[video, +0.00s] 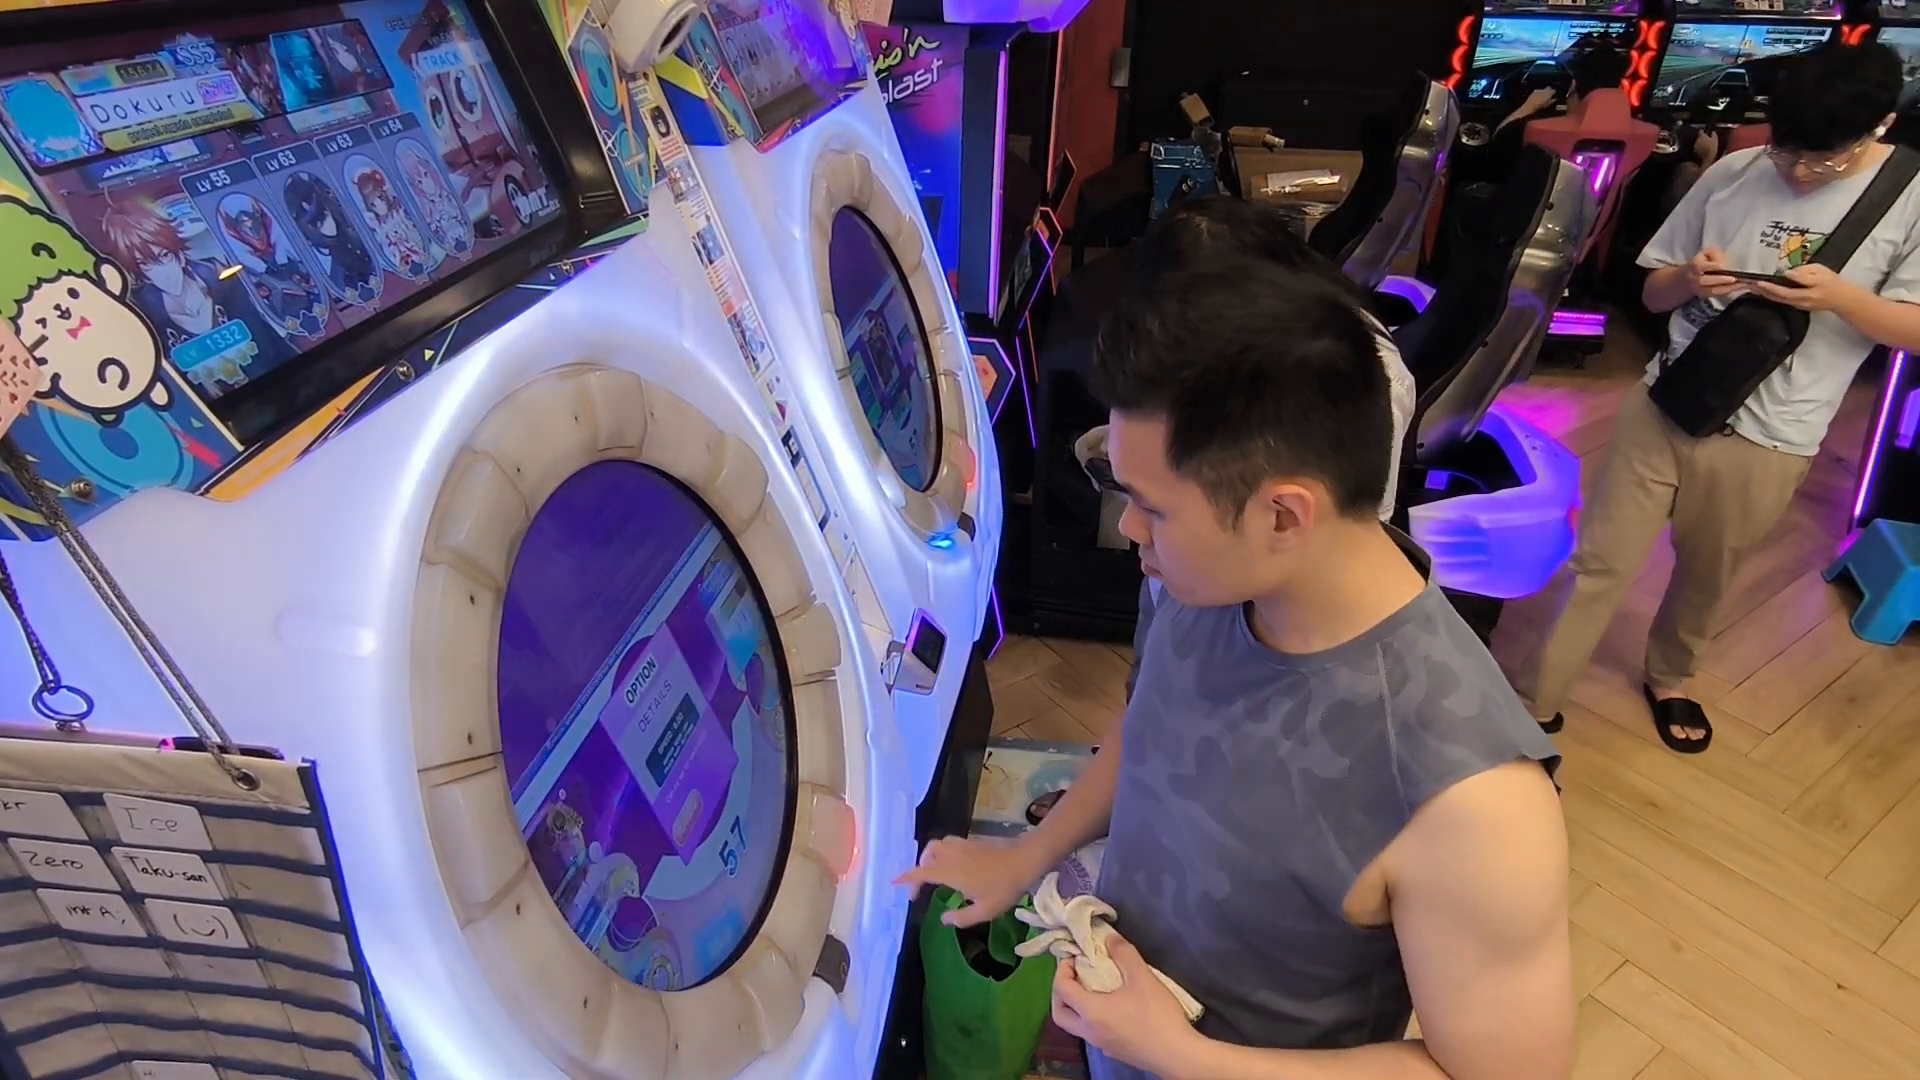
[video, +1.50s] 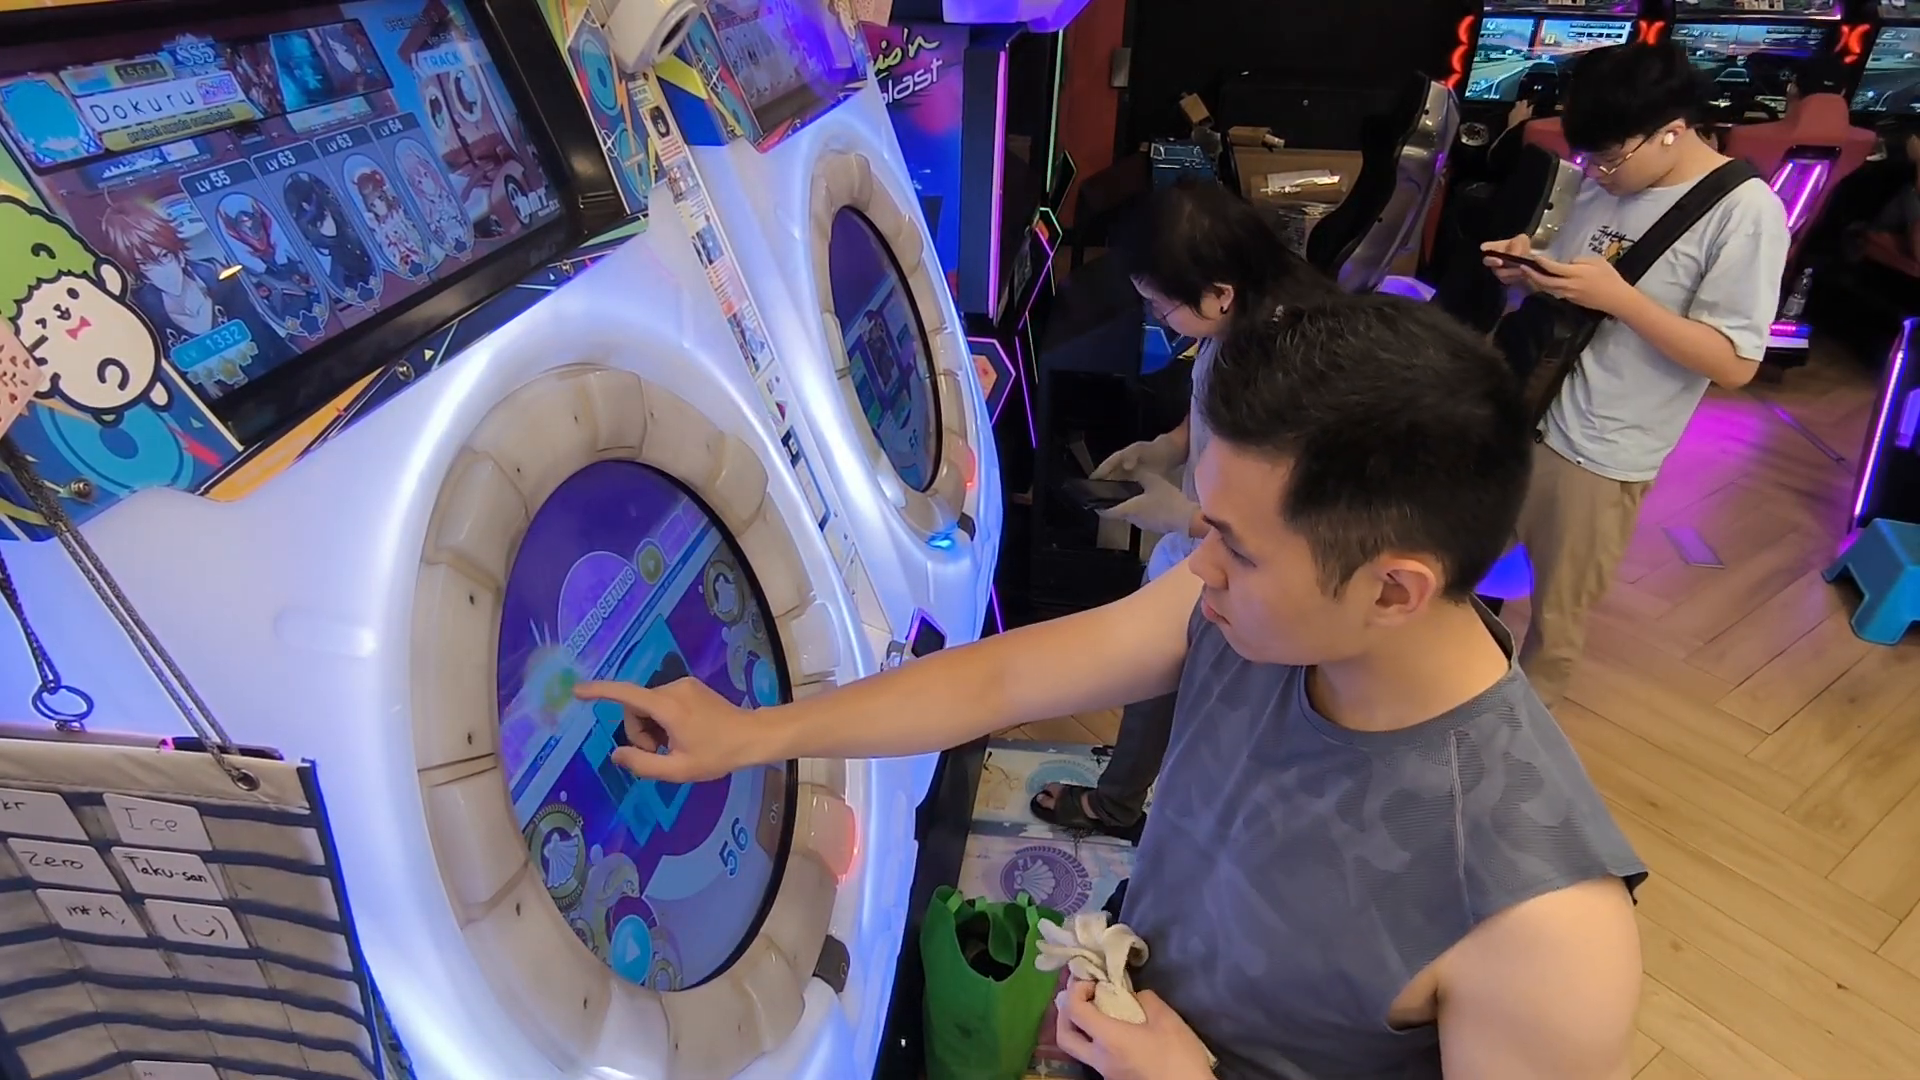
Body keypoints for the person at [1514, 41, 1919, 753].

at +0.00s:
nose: (1798, 168)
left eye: (1821, 157)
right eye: (1788, 146)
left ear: (1871, 135)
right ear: (1777, 120)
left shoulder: (1907, 198)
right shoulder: (1736, 172)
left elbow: (1915, 329)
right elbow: (1650, 293)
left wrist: (1841, 297)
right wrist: (1689, 277)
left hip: (1768, 440)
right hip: (1666, 403)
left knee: (1710, 573)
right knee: (1597, 560)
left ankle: (1669, 676)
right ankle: (1538, 708)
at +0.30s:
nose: (1713, 162)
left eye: (1733, 150)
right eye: (1702, 143)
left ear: (1786, 125)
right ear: (1690, 115)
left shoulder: (1847, 192)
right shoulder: (1665, 170)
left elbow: (1853, 330)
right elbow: (1588, 293)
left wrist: (1765, 287)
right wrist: (1617, 277)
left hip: (1705, 437)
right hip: (1603, 404)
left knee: (1687, 583)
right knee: (1561, 567)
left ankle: (1670, 683)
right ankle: (1537, 703)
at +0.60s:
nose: (1660, 160)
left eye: (1676, 147)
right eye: (1650, 143)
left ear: (1731, 122)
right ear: (1641, 121)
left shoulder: (1802, 192)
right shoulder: (1629, 168)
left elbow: (1806, 331)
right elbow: (1557, 282)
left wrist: (1706, 287)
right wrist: (1569, 274)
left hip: (1658, 442)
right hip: (1569, 410)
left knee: (1600, 600)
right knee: (1541, 576)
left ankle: (1585, 737)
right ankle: (1536, 713)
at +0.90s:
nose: (1635, 166)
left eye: (1653, 152)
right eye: (1627, 150)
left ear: (1716, 123)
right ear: (1619, 129)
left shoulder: (1786, 202)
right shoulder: (1630, 171)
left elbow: (1783, 349)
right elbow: (1564, 280)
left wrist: (1672, 294)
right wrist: (1554, 266)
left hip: (1629, 454)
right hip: (1550, 415)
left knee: (1558, 618)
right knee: (1508, 585)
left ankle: (1520, 743)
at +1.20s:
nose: (1629, 169)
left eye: (1645, 154)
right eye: (1622, 152)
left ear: (1708, 127)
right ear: (1615, 129)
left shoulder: (1781, 212)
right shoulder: (1636, 177)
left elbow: (1770, 365)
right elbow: (1570, 284)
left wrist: (1651, 301)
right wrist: (1547, 270)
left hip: (1626, 462)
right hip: (1549, 419)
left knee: (1565, 618)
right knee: (1487, 559)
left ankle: (1529, 726)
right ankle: (1516, 644)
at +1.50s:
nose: (1593, 172)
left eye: (1607, 158)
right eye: (1587, 156)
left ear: (1671, 133)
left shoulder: (1747, 211)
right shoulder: (1606, 177)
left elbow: (1735, 363)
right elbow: (1556, 281)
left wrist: (1618, 298)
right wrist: (1524, 268)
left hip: (1604, 456)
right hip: (1531, 413)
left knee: (1555, 613)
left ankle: (1527, 717)